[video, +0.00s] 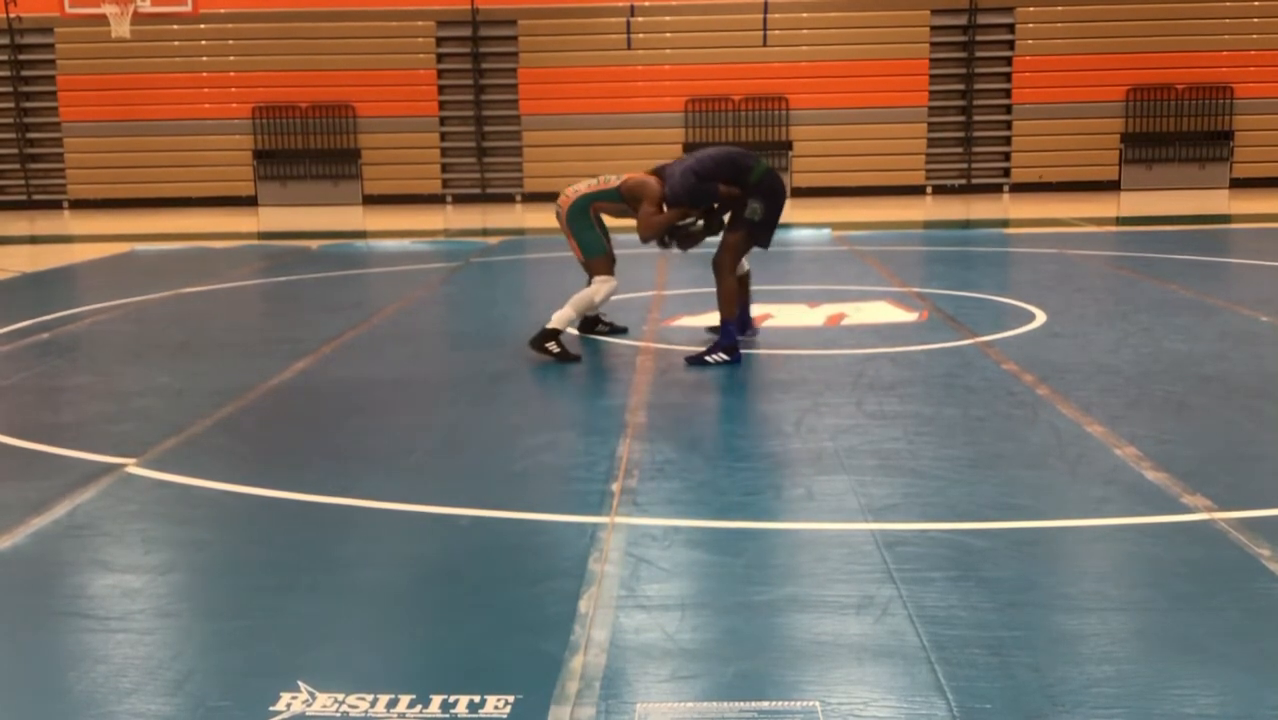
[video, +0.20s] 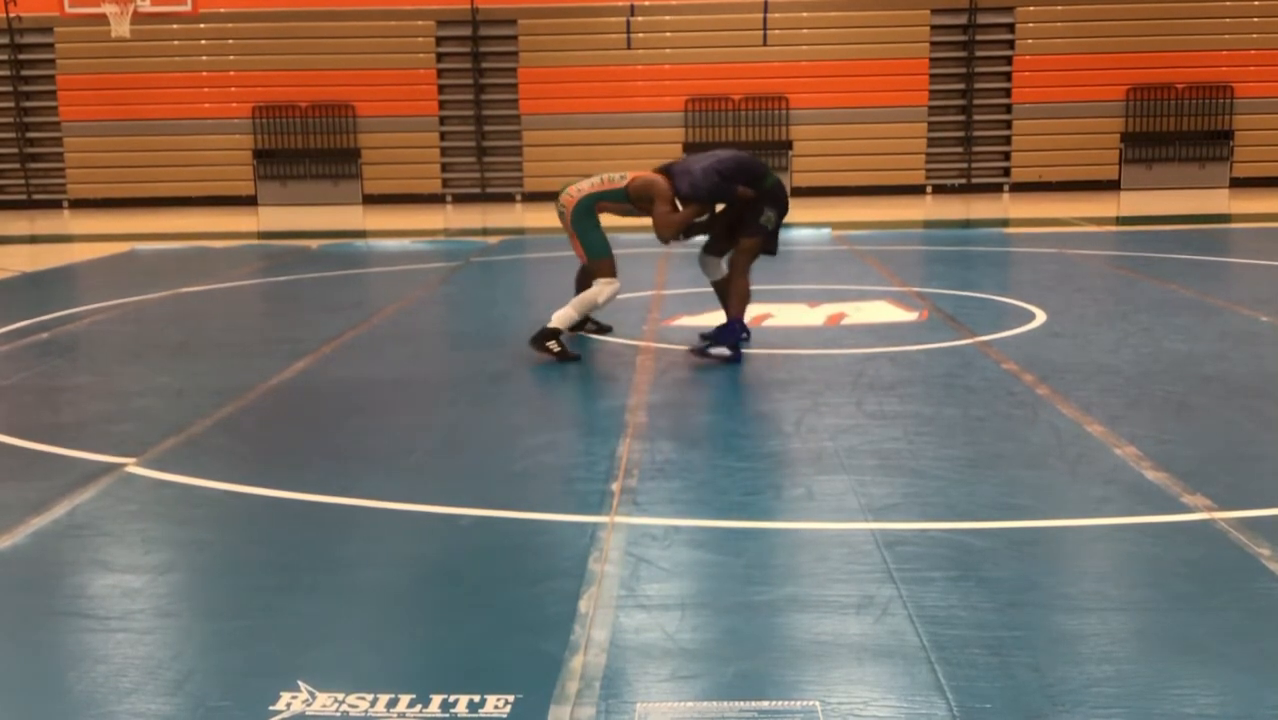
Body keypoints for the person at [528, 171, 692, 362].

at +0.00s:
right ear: (676, 179)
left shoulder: (652, 187)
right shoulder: (651, 187)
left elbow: (649, 228)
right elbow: (646, 232)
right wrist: (681, 211)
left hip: (582, 206)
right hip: (576, 208)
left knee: (606, 264)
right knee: (605, 282)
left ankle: (590, 319)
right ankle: (548, 335)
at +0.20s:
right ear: (683, 178)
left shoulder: (659, 185)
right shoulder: (660, 187)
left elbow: (670, 231)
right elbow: (666, 232)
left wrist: (707, 224)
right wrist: (698, 208)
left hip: (574, 200)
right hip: (578, 206)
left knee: (594, 266)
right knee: (607, 285)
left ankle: (579, 319)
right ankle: (548, 335)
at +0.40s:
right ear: (694, 198)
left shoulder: (661, 193)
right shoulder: (670, 200)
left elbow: (681, 246)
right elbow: (682, 253)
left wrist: (703, 223)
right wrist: (709, 222)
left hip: (577, 217)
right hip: (596, 222)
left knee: (603, 267)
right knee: (653, 273)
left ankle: (580, 316)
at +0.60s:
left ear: (678, 182)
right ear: (695, 192)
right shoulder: (675, 200)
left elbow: (668, 249)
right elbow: (694, 246)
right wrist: (717, 217)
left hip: (580, 226)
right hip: (599, 230)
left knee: (613, 264)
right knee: (663, 279)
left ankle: (576, 318)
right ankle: (646, 347)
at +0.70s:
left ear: (682, 179)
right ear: (696, 189)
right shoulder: (673, 193)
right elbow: (681, 231)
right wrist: (709, 210)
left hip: (580, 222)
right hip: (599, 224)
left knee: (615, 271)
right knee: (659, 275)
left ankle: (576, 323)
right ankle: (645, 346)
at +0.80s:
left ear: (679, 182)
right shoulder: (672, 196)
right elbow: (679, 235)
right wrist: (707, 213)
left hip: (578, 223)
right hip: (599, 227)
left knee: (610, 267)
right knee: (658, 276)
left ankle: (576, 322)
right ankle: (645, 347)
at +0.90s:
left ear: (670, 185)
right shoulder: (672, 201)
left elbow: (655, 251)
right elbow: (682, 244)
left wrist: (694, 254)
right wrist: (706, 222)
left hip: (576, 226)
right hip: (598, 230)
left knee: (606, 266)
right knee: (660, 278)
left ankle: (574, 322)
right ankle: (645, 347)